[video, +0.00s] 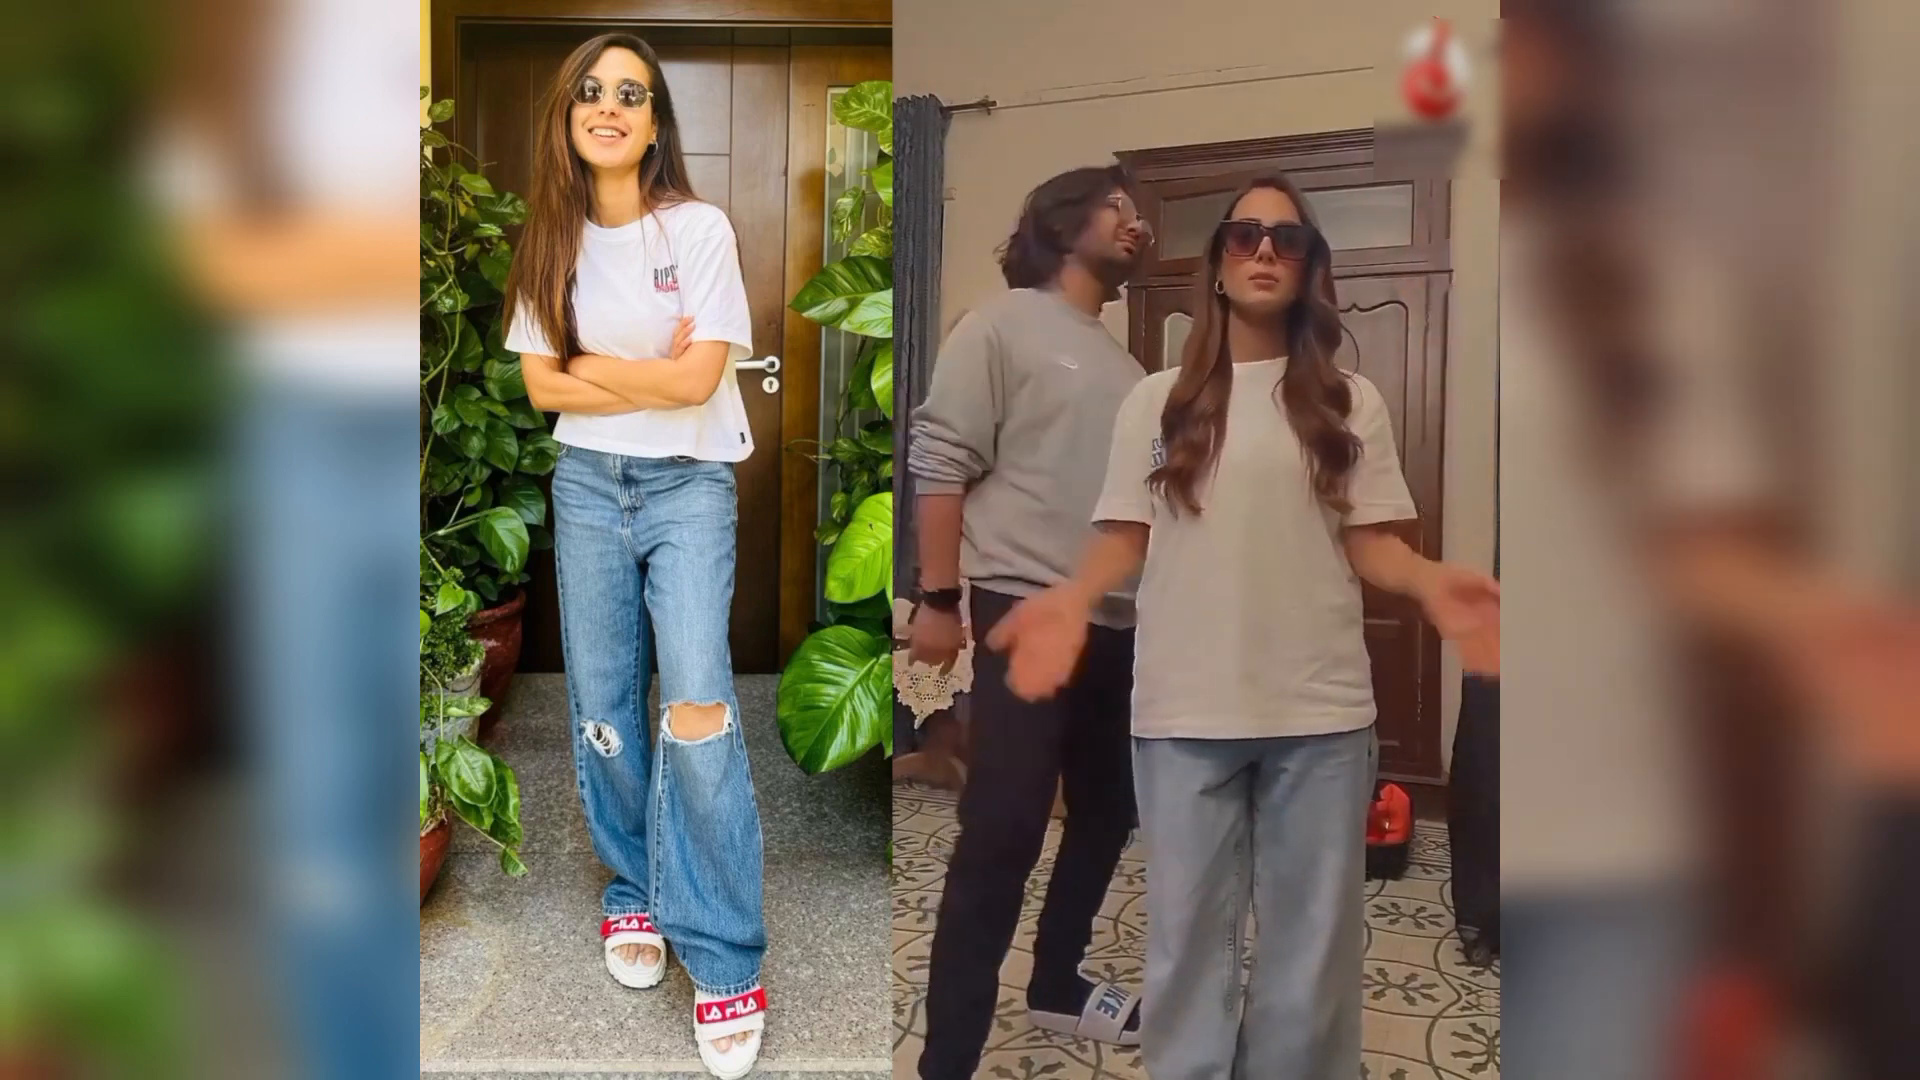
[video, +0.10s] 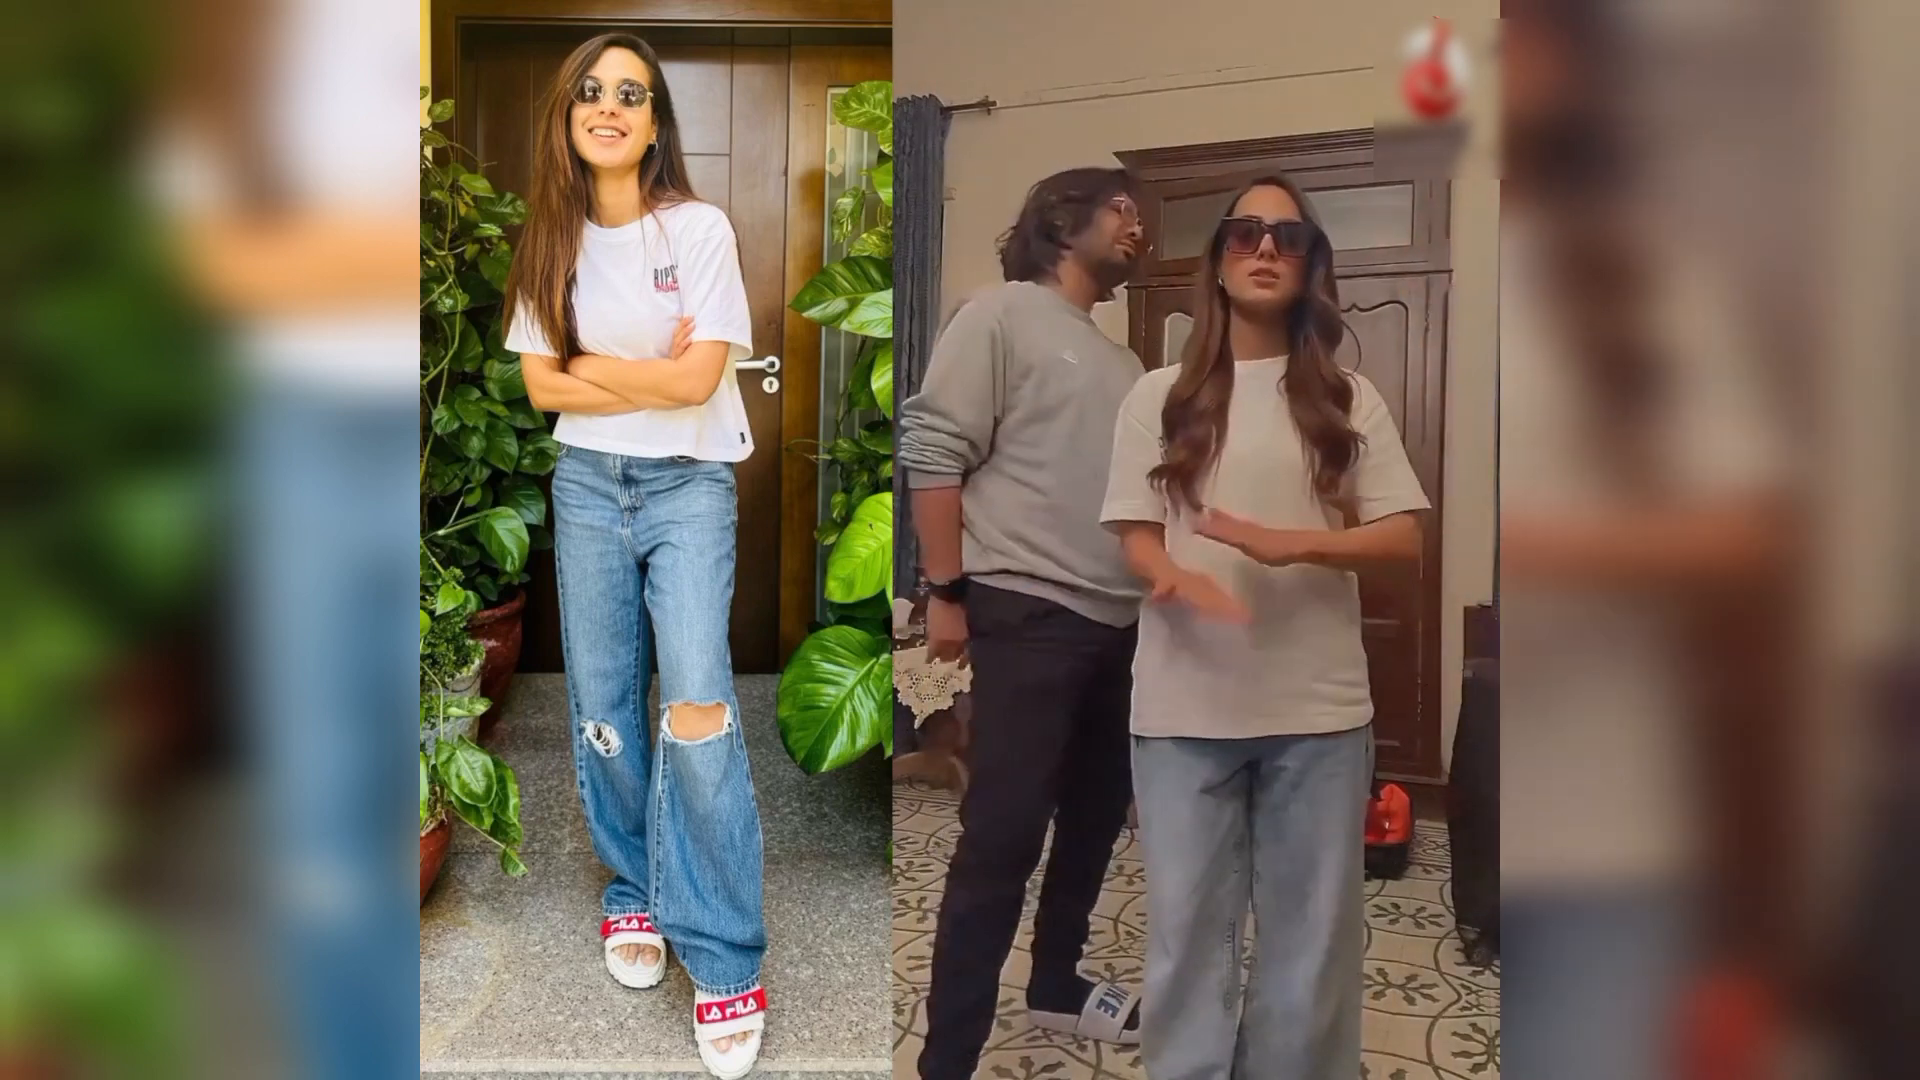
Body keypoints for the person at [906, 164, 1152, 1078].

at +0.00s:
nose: (1137, 225)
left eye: (1136, 213)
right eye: (1115, 210)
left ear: (1128, 238)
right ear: (1063, 226)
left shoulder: (1121, 355)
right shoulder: (996, 326)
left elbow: (1129, 487)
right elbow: (941, 464)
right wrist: (938, 597)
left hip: (1112, 614)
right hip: (1020, 606)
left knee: (1105, 812)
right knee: (1002, 830)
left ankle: (1056, 991)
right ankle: (948, 1061)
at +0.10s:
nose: (1139, 227)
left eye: (1139, 216)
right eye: (1120, 212)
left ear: (1116, 238)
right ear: (1065, 223)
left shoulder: (1119, 356)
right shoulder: (997, 314)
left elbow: (1130, 485)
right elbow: (932, 451)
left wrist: (1155, 586)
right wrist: (943, 588)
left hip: (1114, 618)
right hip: (1023, 610)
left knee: (1093, 817)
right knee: (1001, 837)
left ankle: (1056, 991)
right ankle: (948, 1059)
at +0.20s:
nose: (1135, 232)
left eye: (1137, 221)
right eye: (1120, 216)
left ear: (1126, 244)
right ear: (1065, 224)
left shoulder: (1128, 348)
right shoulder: (998, 311)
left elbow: (1199, 402)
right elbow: (934, 450)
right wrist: (941, 593)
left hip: (1119, 619)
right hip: (1023, 612)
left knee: (1091, 817)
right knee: (999, 838)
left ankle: (1056, 993)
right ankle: (947, 1062)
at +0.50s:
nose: (1129, 243)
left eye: (1130, 228)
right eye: (1120, 228)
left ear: (1057, 236)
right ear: (1081, 235)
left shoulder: (1125, 345)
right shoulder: (993, 321)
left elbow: (1212, 369)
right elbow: (941, 461)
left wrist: (1182, 263)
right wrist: (947, 602)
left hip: (1123, 621)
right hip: (1026, 614)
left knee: (1101, 814)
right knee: (1001, 836)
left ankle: (1055, 992)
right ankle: (946, 1058)